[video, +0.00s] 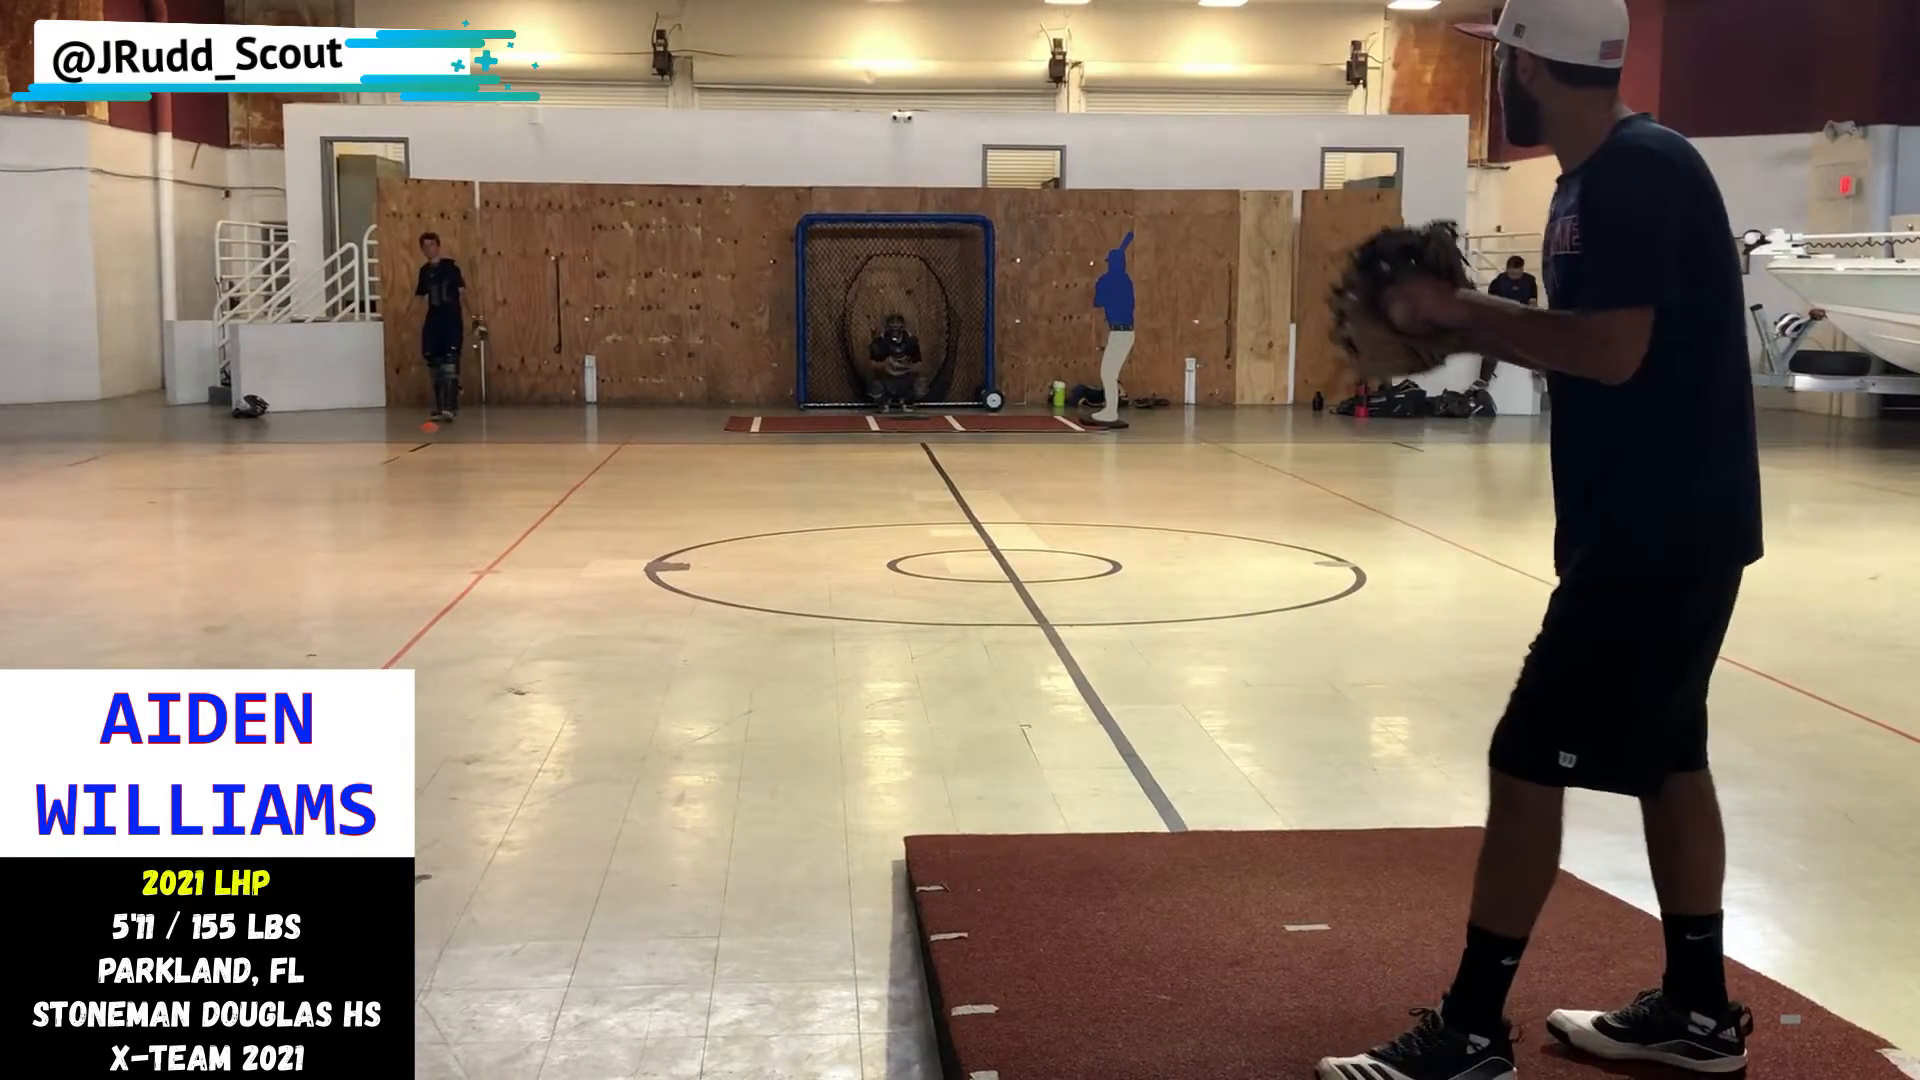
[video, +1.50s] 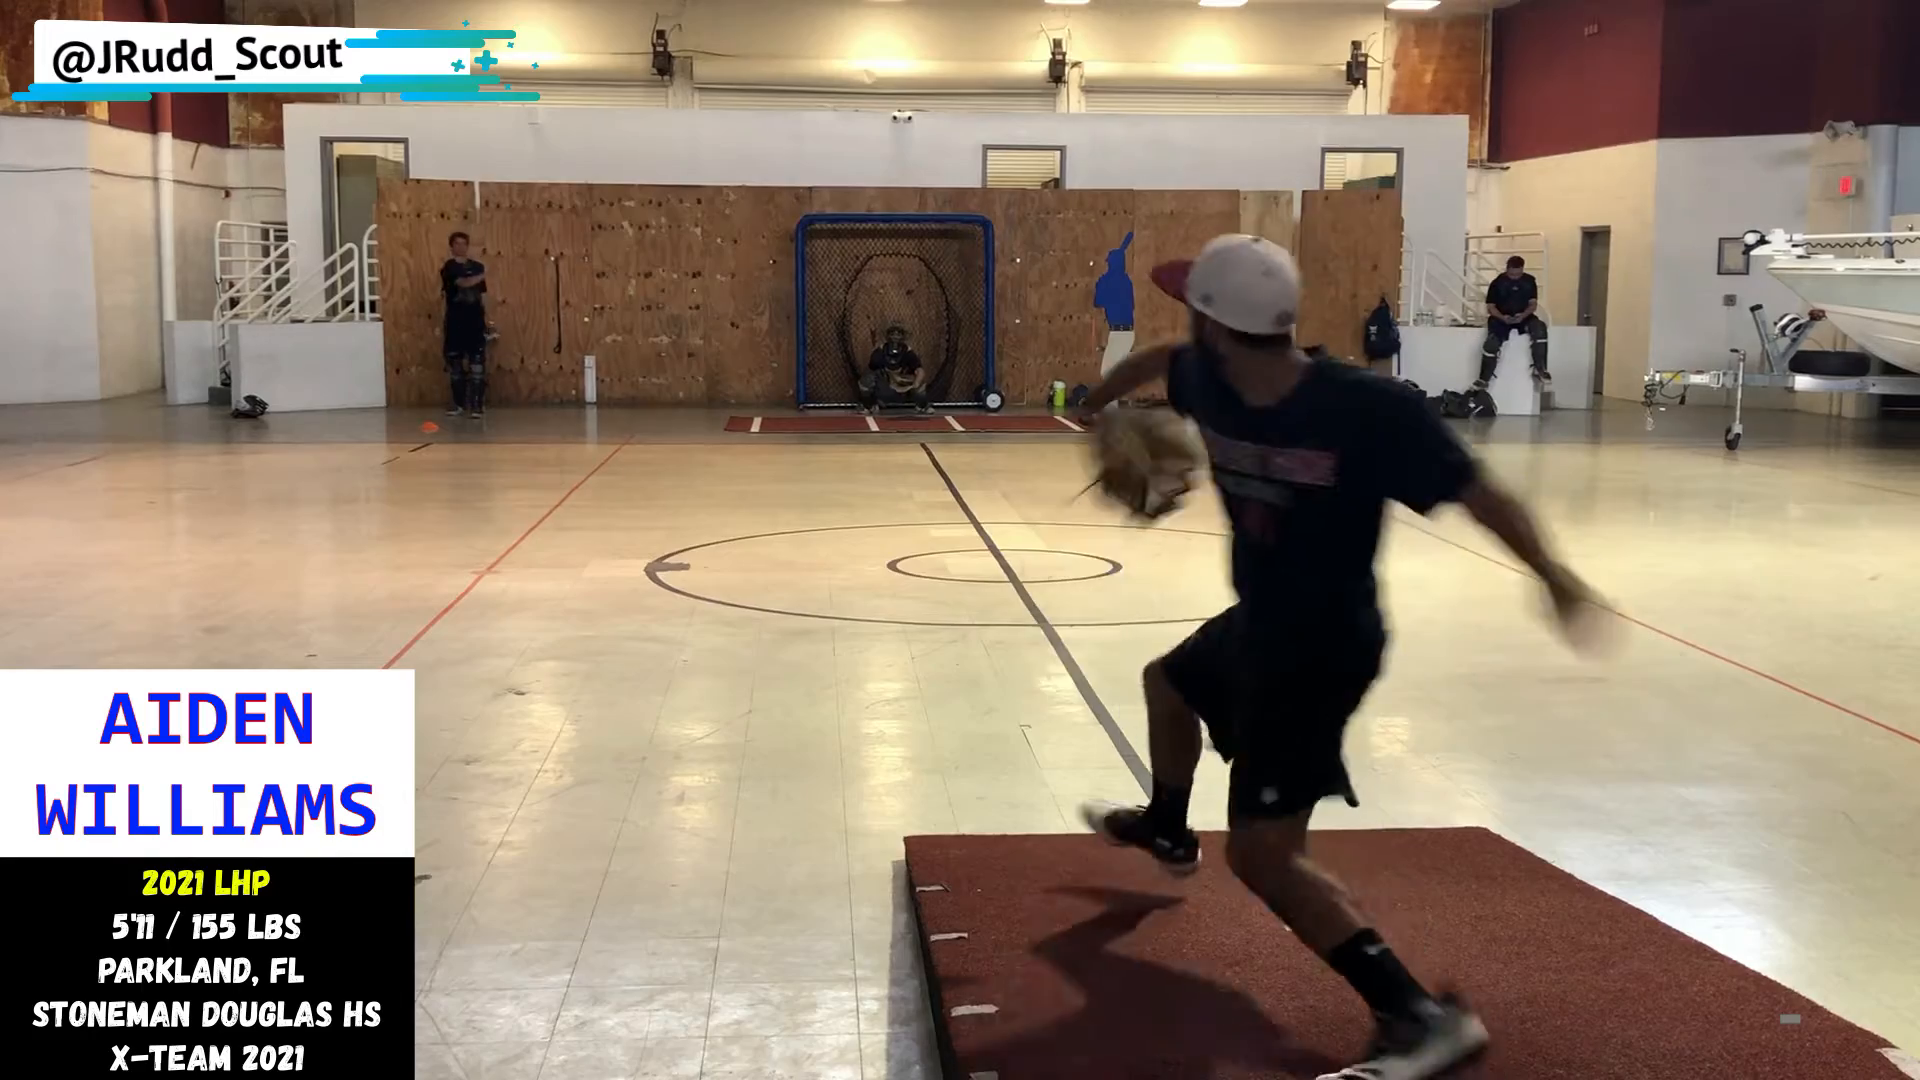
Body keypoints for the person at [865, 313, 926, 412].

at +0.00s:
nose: (895, 330)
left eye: (898, 326)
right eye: (893, 326)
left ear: (903, 326)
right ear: (888, 326)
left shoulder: (911, 340)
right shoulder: (880, 341)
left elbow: (918, 364)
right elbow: (873, 363)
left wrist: (905, 369)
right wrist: (885, 365)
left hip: (906, 376)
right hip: (887, 376)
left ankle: (907, 402)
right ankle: (883, 404)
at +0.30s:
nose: (895, 321)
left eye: (898, 317)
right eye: (892, 317)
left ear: (903, 316)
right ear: (886, 315)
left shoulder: (910, 329)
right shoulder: (876, 330)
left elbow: (923, 348)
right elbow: (868, 350)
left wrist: (915, 355)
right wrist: (860, 365)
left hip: (907, 365)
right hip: (885, 365)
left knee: (923, 372)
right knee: (866, 375)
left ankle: (924, 403)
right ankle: (868, 404)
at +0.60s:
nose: (896, 335)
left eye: (899, 332)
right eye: (893, 332)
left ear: (904, 332)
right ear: (887, 332)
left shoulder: (910, 346)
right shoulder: (880, 347)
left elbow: (925, 362)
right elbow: (874, 365)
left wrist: (914, 370)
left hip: (907, 382)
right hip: (887, 382)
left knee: (921, 380)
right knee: (866, 379)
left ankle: (922, 406)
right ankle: (871, 405)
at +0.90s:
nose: (897, 341)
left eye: (900, 338)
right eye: (894, 338)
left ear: (904, 339)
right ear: (889, 338)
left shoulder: (911, 353)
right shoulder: (880, 352)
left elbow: (922, 370)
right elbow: (875, 369)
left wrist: (910, 379)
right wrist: (886, 374)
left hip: (906, 386)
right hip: (886, 386)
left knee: (921, 385)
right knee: (866, 381)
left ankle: (922, 406)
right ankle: (871, 406)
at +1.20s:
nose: (896, 340)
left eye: (899, 337)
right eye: (893, 337)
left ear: (904, 338)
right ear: (888, 337)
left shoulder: (910, 353)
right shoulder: (878, 352)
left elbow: (919, 368)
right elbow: (873, 370)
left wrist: (915, 380)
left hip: (906, 386)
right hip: (885, 387)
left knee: (920, 386)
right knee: (866, 382)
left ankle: (922, 406)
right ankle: (870, 406)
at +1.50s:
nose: (895, 337)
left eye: (898, 335)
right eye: (892, 334)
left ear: (903, 337)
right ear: (888, 336)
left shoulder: (908, 352)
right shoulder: (879, 352)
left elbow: (920, 371)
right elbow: (872, 370)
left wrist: (915, 386)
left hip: (905, 379)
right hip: (885, 380)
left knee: (919, 387)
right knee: (866, 381)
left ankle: (921, 406)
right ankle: (870, 406)